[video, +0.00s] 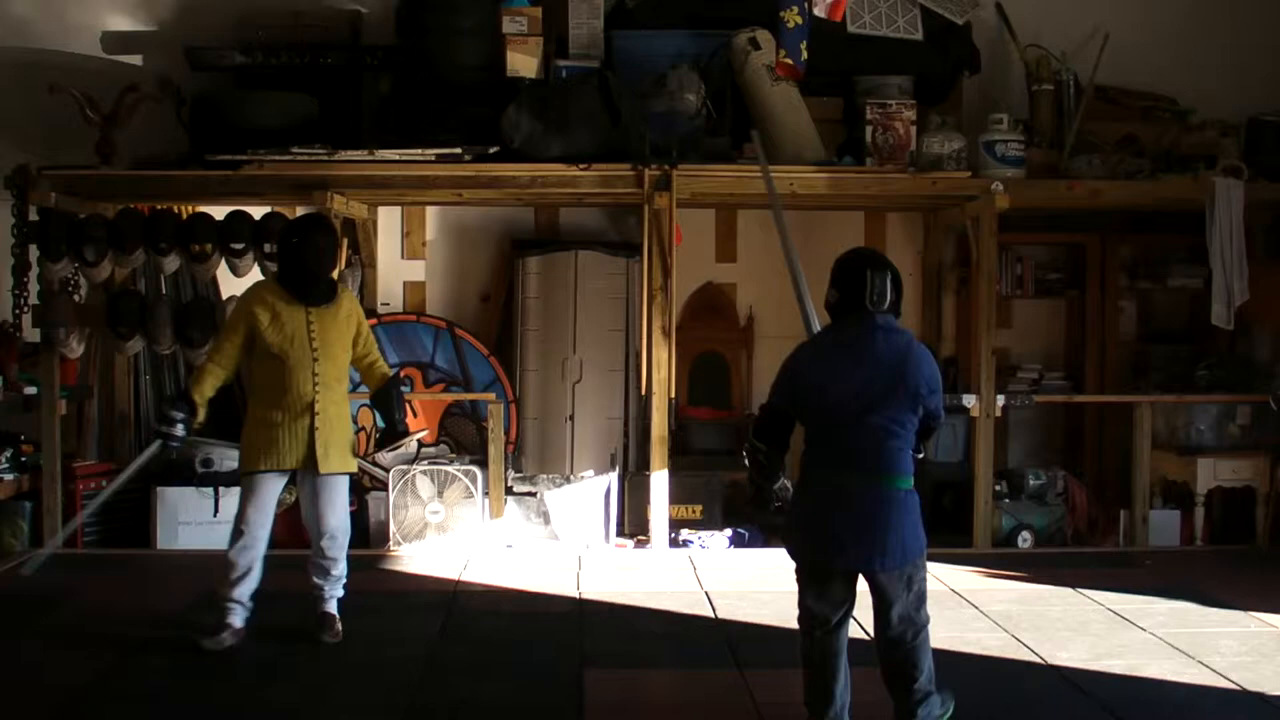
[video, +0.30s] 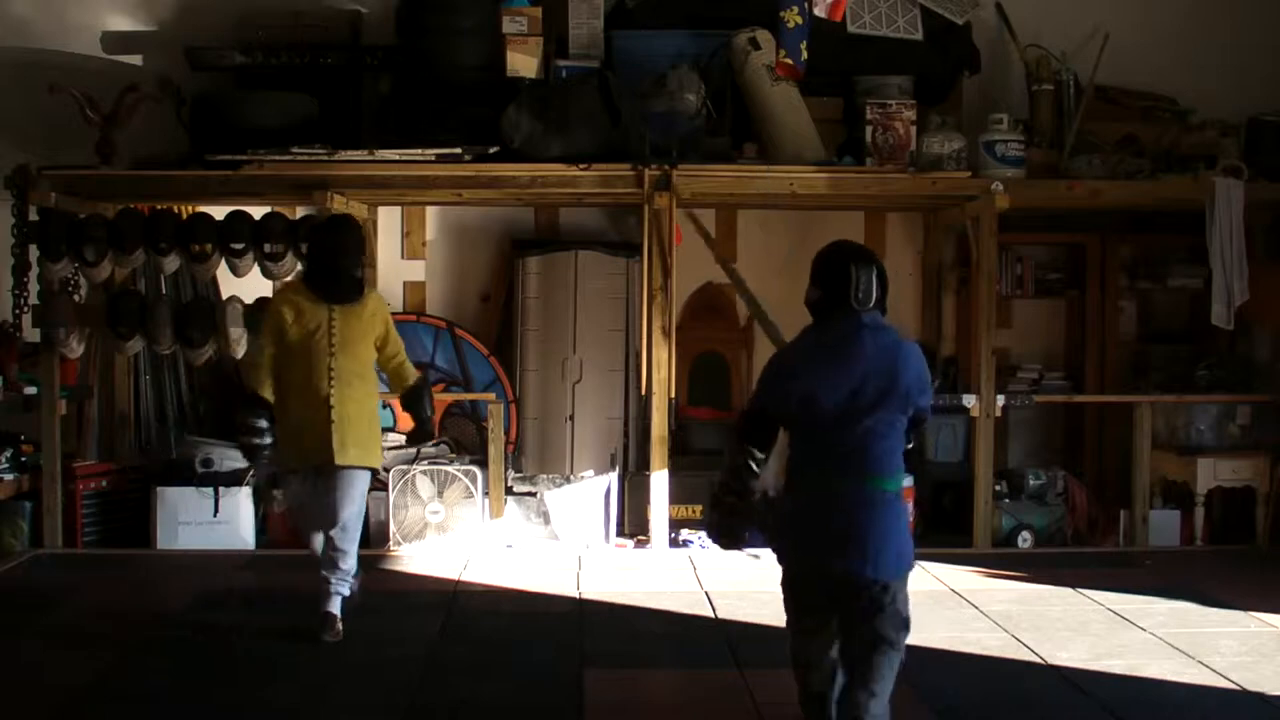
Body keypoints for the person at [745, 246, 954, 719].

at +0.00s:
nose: (828, 298)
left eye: (831, 290)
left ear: (835, 295)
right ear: (893, 297)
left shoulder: (808, 355)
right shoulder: (916, 357)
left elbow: (770, 433)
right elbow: (928, 426)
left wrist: (772, 488)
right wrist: (894, 451)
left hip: (821, 510)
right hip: (891, 513)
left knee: (823, 629)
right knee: (905, 627)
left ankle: (828, 713)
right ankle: (921, 710)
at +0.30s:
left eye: (816, 287)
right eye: (875, 287)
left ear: (815, 291)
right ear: (878, 291)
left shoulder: (792, 359)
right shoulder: (904, 357)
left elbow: (752, 441)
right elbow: (914, 433)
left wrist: (737, 500)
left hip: (806, 527)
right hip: (877, 531)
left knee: (814, 649)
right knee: (878, 648)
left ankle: (819, 711)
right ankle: (863, 710)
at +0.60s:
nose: (791, 291)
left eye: (796, 283)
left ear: (798, 288)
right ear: (860, 291)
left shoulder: (768, 356)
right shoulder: (891, 362)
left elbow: (743, 445)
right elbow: (912, 455)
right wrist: (897, 494)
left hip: (785, 530)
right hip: (862, 536)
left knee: (788, 665)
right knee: (853, 666)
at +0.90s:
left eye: (750, 281)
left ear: (750, 289)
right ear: (817, 292)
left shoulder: (718, 362)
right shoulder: (850, 363)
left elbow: (679, 460)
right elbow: (886, 468)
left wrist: (662, 526)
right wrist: (892, 534)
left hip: (750, 542)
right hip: (833, 542)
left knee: (735, 683)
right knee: (841, 682)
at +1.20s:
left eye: (718, 281)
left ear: (721, 287)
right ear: (788, 289)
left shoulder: (690, 360)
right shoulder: (826, 357)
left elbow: (653, 453)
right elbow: (865, 454)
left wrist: (650, 519)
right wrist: (880, 525)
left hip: (745, 540)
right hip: (828, 534)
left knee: (728, 691)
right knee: (856, 680)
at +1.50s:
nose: (765, 298)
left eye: (770, 289)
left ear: (772, 296)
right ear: (841, 296)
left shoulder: (749, 368)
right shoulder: (883, 370)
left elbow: (708, 458)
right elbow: (916, 482)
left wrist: (701, 523)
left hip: (791, 550)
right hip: (878, 546)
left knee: (752, 696)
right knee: (926, 694)